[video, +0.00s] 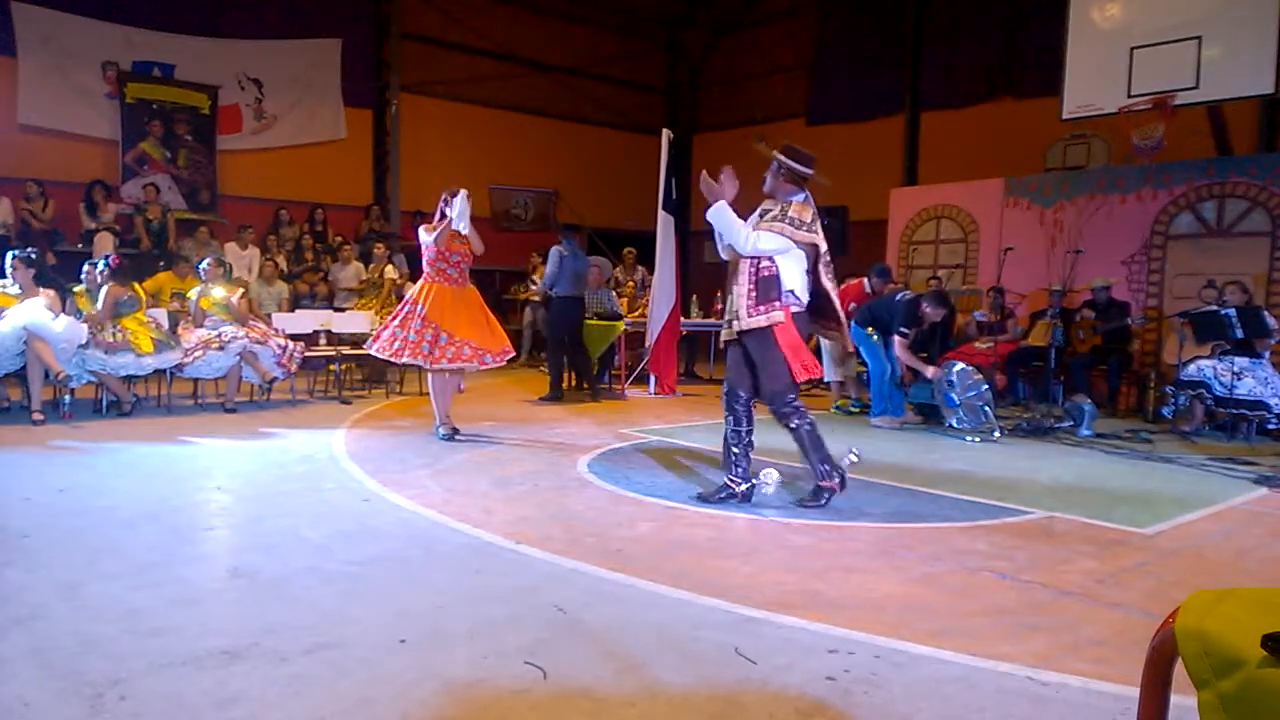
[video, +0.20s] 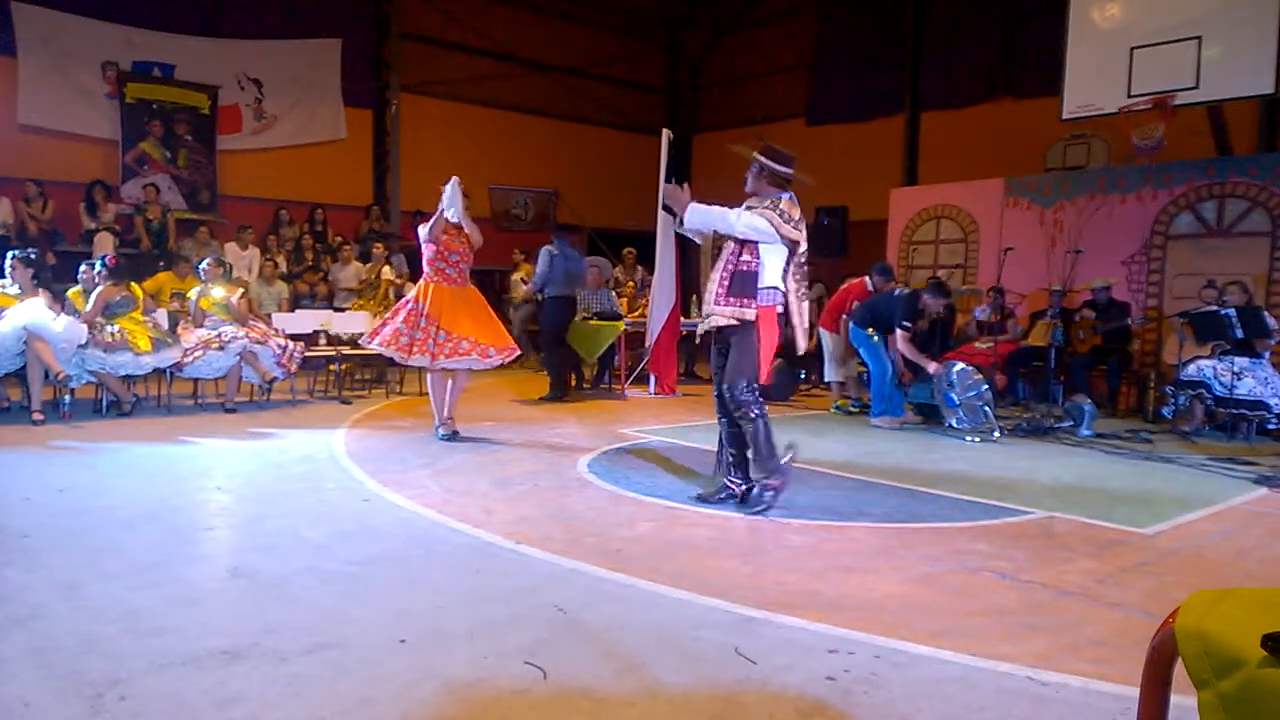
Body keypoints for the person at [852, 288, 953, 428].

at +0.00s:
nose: (938, 320)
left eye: (941, 316)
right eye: (937, 315)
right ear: (925, 307)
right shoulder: (907, 309)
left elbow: (905, 343)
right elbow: (900, 349)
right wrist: (925, 369)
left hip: (884, 331)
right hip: (865, 327)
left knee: (894, 370)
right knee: (881, 368)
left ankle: (898, 411)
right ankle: (879, 414)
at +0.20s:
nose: (940, 311)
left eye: (943, 307)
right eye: (940, 305)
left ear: (929, 297)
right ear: (929, 298)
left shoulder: (915, 302)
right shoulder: (907, 302)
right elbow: (902, 343)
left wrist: (901, 367)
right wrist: (927, 364)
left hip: (877, 330)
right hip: (862, 328)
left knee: (890, 368)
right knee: (881, 367)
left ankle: (897, 411)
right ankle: (879, 414)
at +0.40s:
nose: (939, 305)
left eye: (942, 301)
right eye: (939, 299)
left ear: (927, 291)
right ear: (928, 292)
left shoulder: (913, 299)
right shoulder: (907, 299)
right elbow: (905, 338)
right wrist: (929, 362)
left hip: (874, 330)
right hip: (862, 329)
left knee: (886, 367)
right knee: (881, 367)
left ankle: (894, 409)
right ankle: (880, 414)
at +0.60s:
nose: (940, 298)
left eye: (942, 294)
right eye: (939, 294)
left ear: (925, 287)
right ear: (926, 288)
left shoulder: (913, 295)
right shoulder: (909, 297)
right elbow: (907, 336)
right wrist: (930, 361)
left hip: (869, 327)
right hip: (859, 326)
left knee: (880, 367)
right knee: (879, 367)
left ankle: (880, 413)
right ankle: (879, 414)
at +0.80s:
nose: (940, 297)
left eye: (942, 293)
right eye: (939, 292)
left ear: (925, 286)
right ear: (926, 287)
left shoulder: (912, 293)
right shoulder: (910, 296)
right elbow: (909, 336)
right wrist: (931, 361)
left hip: (866, 326)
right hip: (859, 326)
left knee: (874, 368)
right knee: (876, 368)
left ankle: (874, 412)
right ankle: (878, 415)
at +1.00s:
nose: (939, 296)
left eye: (941, 292)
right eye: (939, 291)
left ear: (925, 285)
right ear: (926, 286)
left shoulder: (907, 290)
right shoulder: (910, 296)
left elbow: (899, 331)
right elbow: (905, 334)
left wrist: (904, 353)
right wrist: (925, 360)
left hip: (864, 327)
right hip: (859, 327)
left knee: (875, 368)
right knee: (876, 368)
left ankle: (874, 412)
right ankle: (877, 415)